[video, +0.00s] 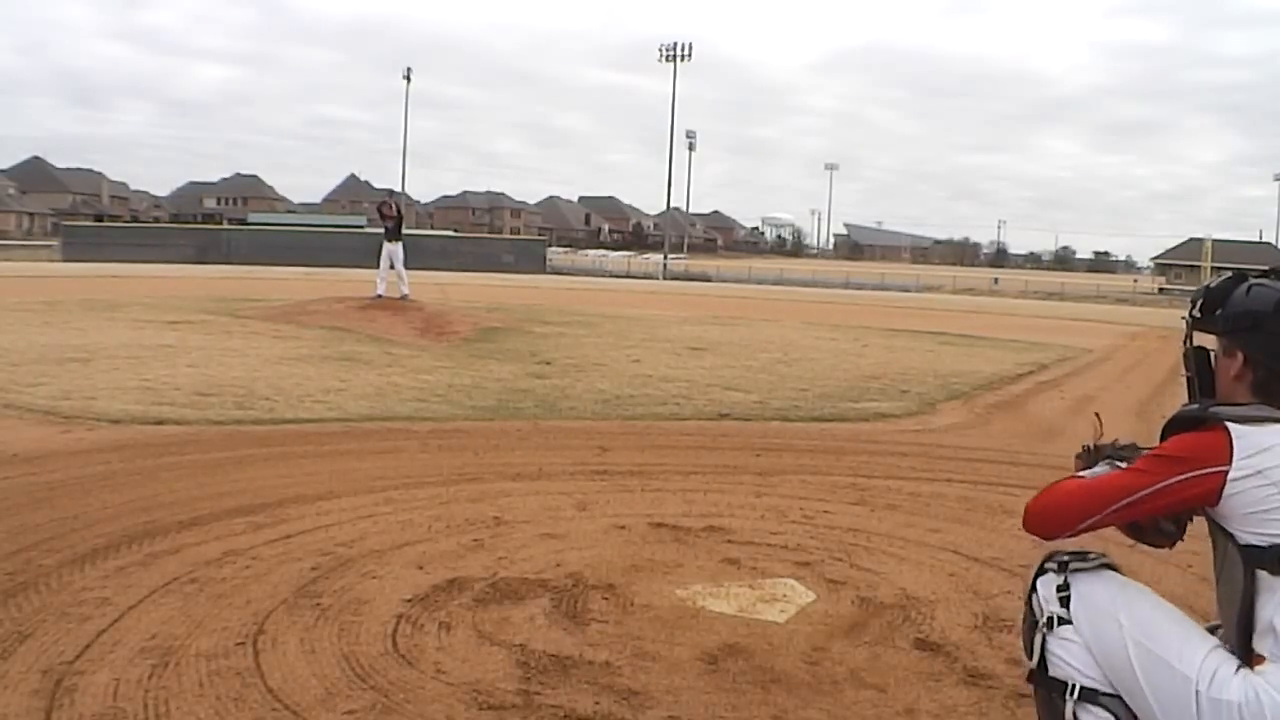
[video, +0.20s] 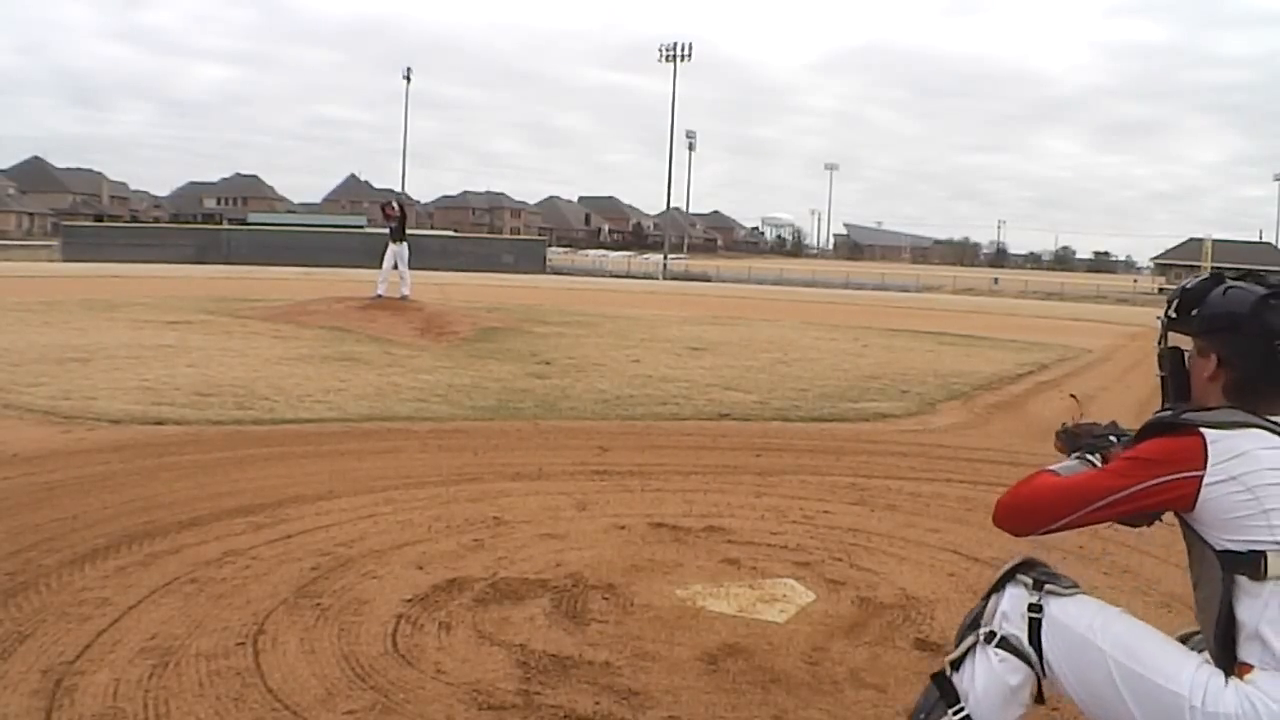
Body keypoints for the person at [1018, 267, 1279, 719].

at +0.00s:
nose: (1209, 359)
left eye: (1218, 348)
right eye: (1214, 347)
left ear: (1236, 362)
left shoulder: (1227, 448)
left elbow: (1041, 517)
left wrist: (1109, 474)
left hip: (1261, 701)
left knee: (1062, 584)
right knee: (1216, 639)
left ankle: (1095, 709)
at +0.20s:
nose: (1185, 364)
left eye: (1192, 352)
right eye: (1189, 351)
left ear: (1213, 366)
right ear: (1270, 365)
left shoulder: (1202, 450)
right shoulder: (1269, 435)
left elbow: (1013, 512)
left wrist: (1096, 461)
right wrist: (1137, 462)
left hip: (1254, 702)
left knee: (1021, 601)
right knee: (1197, 647)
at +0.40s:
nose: (1107, 353)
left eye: (1114, 343)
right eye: (1111, 341)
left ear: (1134, 357)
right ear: (1207, 366)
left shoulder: (1117, 441)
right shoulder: (1251, 434)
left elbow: (934, 498)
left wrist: (1022, 444)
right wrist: (1083, 428)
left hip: (1188, 709)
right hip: (1266, 704)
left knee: (964, 595)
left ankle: (924, 707)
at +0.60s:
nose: (1042, 315)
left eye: (1048, 303)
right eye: (1047, 302)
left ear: (1066, 319)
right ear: (1141, 330)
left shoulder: (1035, 396)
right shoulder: (1191, 401)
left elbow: (868, 448)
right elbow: (1072, 467)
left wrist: (970, 411)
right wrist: (990, 429)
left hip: (1135, 702)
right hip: (1260, 699)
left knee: (909, 585)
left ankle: (899, 707)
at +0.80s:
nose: (1035, 335)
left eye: (1039, 323)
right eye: (1038, 322)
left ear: (1055, 337)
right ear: (1133, 345)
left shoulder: (1019, 413)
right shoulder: (1181, 418)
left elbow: (857, 461)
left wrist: (967, 416)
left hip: (1090, 707)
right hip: (1229, 707)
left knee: (893, 584)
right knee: (1238, 572)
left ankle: (888, 709)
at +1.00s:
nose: (1034, 358)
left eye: (1041, 347)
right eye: (1039, 345)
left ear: (1056, 362)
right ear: (1132, 368)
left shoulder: (1029, 442)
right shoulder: (1183, 438)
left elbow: (863, 495)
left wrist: (977, 446)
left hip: (1113, 712)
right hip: (1238, 710)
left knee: (912, 587)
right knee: (1231, 598)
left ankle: (892, 708)